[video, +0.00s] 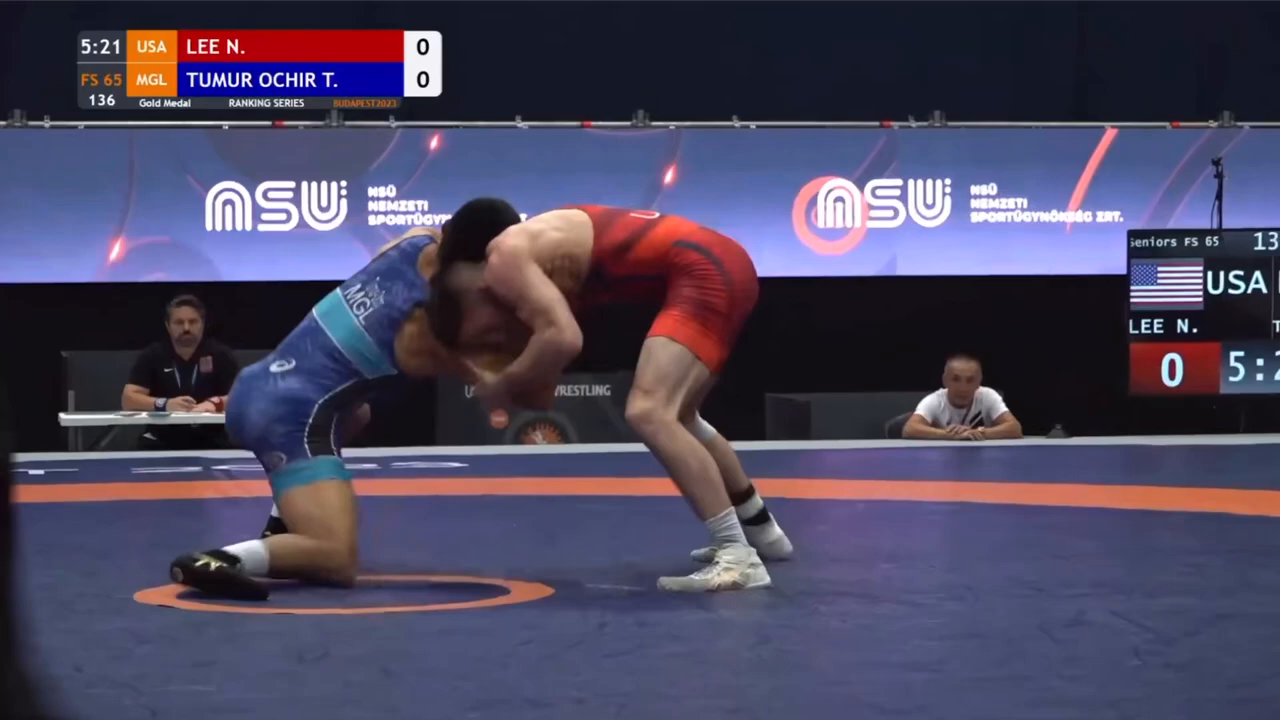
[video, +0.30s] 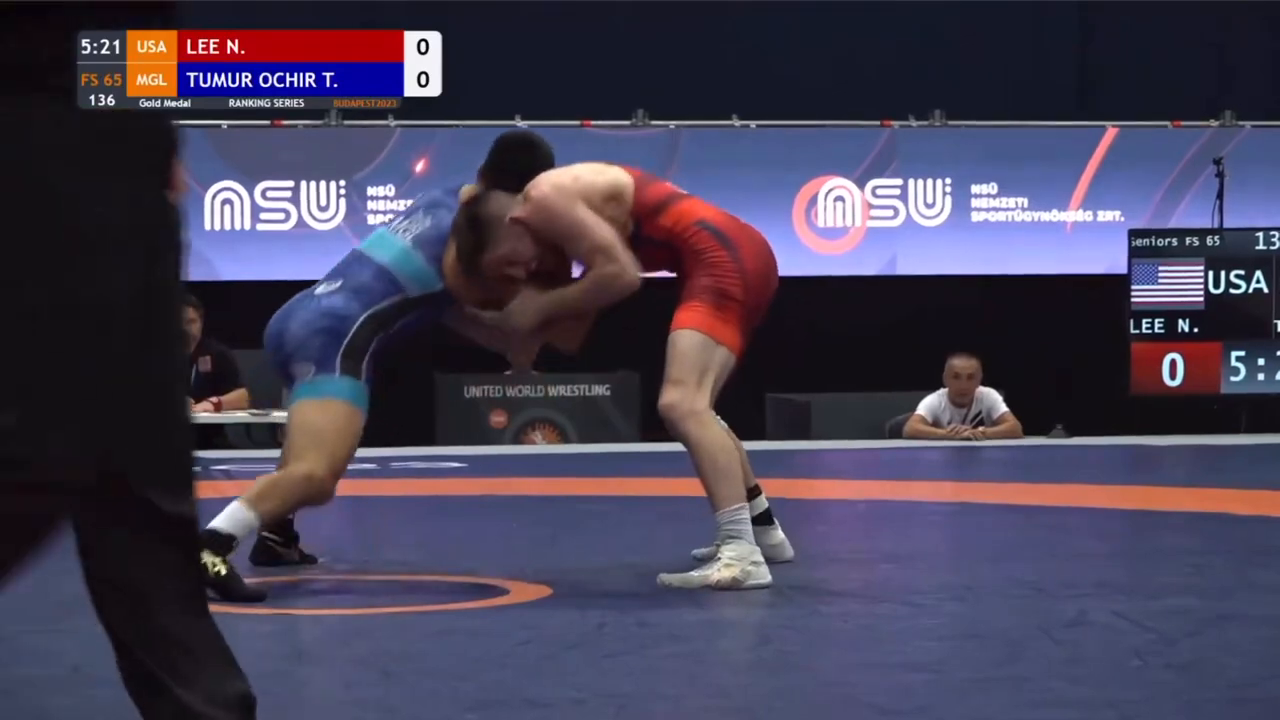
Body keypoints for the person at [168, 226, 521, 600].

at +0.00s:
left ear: (452, 235)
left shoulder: (419, 242)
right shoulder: (426, 337)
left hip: (252, 389)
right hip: (292, 414)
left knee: (354, 417)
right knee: (336, 559)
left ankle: (285, 526)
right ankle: (221, 561)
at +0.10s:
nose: (501, 314)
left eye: (507, 303)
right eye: (495, 304)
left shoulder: (427, 238)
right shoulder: (424, 315)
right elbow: (490, 367)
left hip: (258, 368)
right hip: (291, 392)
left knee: (354, 412)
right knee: (302, 543)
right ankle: (207, 563)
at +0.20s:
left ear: (465, 200)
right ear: (510, 221)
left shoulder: (432, 224)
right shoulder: (445, 272)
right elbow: (491, 353)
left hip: (272, 346)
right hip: (310, 361)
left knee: (341, 407)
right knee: (301, 507)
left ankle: (273, 537)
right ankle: (203, 556)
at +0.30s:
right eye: (536, 195)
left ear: (483, 173)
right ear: (529, 188)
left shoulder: (442, 197)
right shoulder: (473, 221)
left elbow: (451, 302)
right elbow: (474, 294)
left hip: (293, 317)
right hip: (335, 327)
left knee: (312, 439)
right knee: (315, 476)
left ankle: (276, 533)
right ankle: (214, 544)